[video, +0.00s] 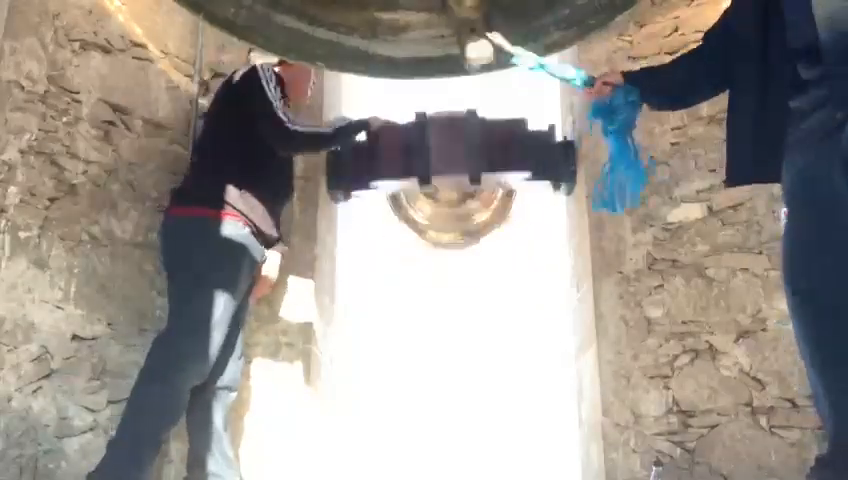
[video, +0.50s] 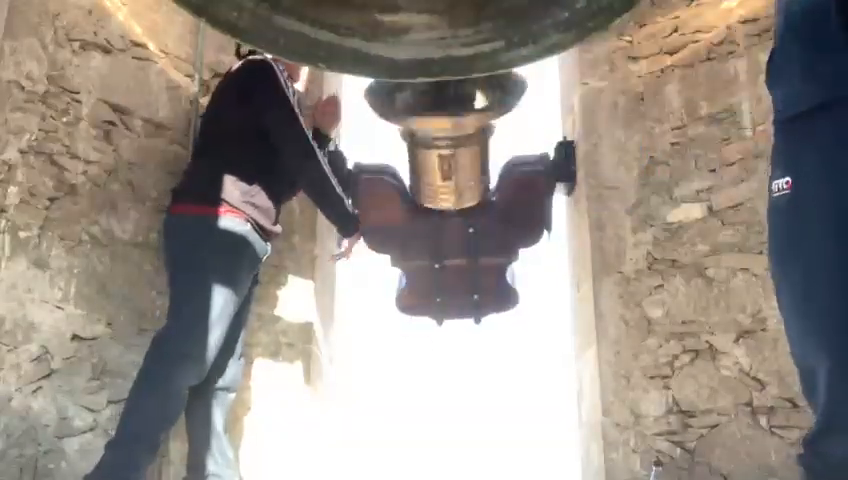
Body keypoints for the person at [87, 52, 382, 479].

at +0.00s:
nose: (312, 88)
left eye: (315, 81)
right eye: (309, 77)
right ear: (289, 65)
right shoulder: (258, 76)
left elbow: (261, 189)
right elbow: (282, 136)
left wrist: (268, 250)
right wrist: (357, 128)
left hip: (241, 241)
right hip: (215, 227)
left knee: (221, 377)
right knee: (188, 358)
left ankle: (215, 471)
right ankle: (118, 470)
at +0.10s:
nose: (318, 84)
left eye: (320, 74)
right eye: (316, 71)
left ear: (290, 65)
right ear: (297, 63)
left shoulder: (274, 99)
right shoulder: (267, 81)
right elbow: (292, 154)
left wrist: (279, 234)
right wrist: (361, 199)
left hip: (239, 240)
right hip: (216, 228)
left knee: (223, 378)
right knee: (184, 357)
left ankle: (217, 471)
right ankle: (119, 471)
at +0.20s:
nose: (313, 89)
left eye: (313, 83)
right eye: (311, 79)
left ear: (283, 63)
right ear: (292, 65)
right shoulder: (268, 81)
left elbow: (244, 174)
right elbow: (313, 147)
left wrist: (287, 208)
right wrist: (374, 214)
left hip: (239, 241)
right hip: (212, 227)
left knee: (220, 379)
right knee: (175, 358)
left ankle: (215, 472)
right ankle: (117, 471)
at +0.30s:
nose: (312, 84)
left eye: (313, 80)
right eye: (311, 74)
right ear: (298, 64)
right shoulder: (269, 78)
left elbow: (258, 199)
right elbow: (319, 146)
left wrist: (306, 191)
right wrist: (375, 219)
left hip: (241, 243)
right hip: (210, 226)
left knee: (217, 379)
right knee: (177, 355)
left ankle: (215, 472)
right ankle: (116, 470)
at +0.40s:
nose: (308, 76)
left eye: (309, 69)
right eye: (306, 66)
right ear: (290, 59)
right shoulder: (262, 75)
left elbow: (271, 192)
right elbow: (309, 148)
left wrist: (320, 164)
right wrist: (366, 219)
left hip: (243, 239)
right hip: (214, 225)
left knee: (218, 379)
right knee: (181, 358)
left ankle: (215, 472)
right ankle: (117, 470)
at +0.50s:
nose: (304, 64)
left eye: (308, 57)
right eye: (301, 54)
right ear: (284, 50)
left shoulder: (286, 102)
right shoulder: (261, 73)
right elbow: (296, 152)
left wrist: (322, 136)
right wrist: (347, 222)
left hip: (248, 239)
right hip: (216, 225)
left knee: (221, 380)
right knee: (187, 358)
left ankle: (216, 473)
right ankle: (118, 470)